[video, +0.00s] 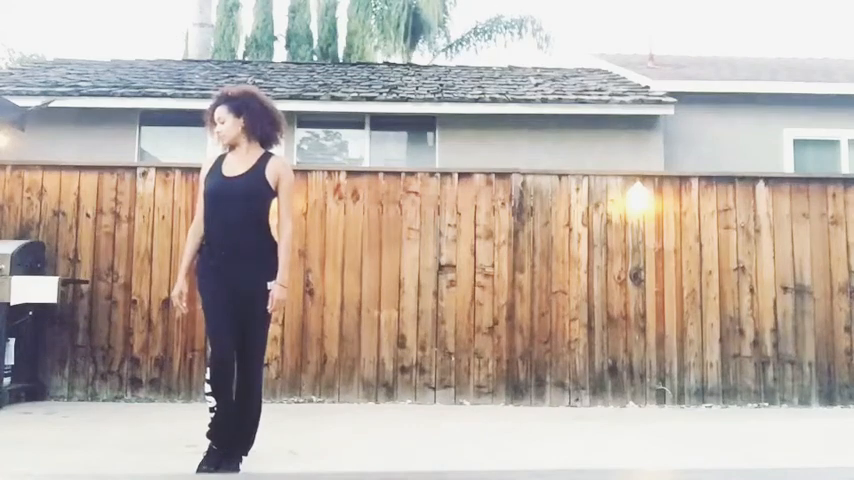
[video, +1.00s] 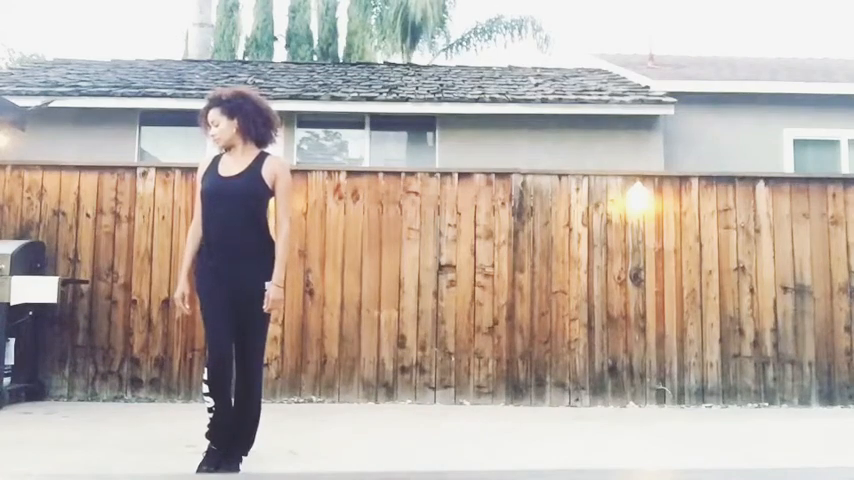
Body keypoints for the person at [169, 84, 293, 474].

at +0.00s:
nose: (215, 129)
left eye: (221, 121)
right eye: (213, 122)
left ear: (245, 119)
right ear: (220, 125)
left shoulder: (276, 164)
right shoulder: (214, 164)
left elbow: (286, 226)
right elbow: (199, 223)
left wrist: (281, 279)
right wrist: (182, 275)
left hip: (256, 273)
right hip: (214, 270)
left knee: (249, 361)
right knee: (221, 355)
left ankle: (237, 449)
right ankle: (220, 443)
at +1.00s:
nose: (210, 132)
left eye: (216, 124)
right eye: (209, 125)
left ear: (241, 122)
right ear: (216, 127)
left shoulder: (273, 164)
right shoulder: (210, 165)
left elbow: (284, 227)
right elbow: (198, 224)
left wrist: (276, 280)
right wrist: (183, 276)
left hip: (254, 272)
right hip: (211, 270)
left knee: (248, 360)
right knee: (219, 355)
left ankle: (238, 448)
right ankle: (219, 443)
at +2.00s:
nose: (209, 130)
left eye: (215, 122)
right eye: (207, 124)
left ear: (238, 120)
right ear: (217, 125)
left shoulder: (272, 163)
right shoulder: (210, 165)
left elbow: (294, 217)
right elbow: (188, 220)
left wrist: (303, 264)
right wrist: (157, 257)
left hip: (255, 273)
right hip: (212, 270)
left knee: (248, 360)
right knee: (217, 355)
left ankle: (237, 449)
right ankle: (218, 445)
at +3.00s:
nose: (215, 130)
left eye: (220, 122)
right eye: (213, 123)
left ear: (244, 120)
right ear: (221, 126)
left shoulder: (275, 165)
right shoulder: (213, 164)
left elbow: (305, 212)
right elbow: (179, 213)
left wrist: (341, 257)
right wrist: (143, 257)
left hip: (257, 273)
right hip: (214, 270)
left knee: (249, 363)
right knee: (221, 355)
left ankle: (237, 449)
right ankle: (220, 443)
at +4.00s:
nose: (234, 116)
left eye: (242, 110)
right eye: (229, 111)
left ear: (255, 117)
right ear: (220, 118)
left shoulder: (269, 151)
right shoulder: (210, 152)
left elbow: (276, 83)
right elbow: (195, 87)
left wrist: (239, 80)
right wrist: (233, 79)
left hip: (250, 263)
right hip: (209, 261)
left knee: (240, 355)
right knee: (208, 354)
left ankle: (229, 450)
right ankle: (213, 449)